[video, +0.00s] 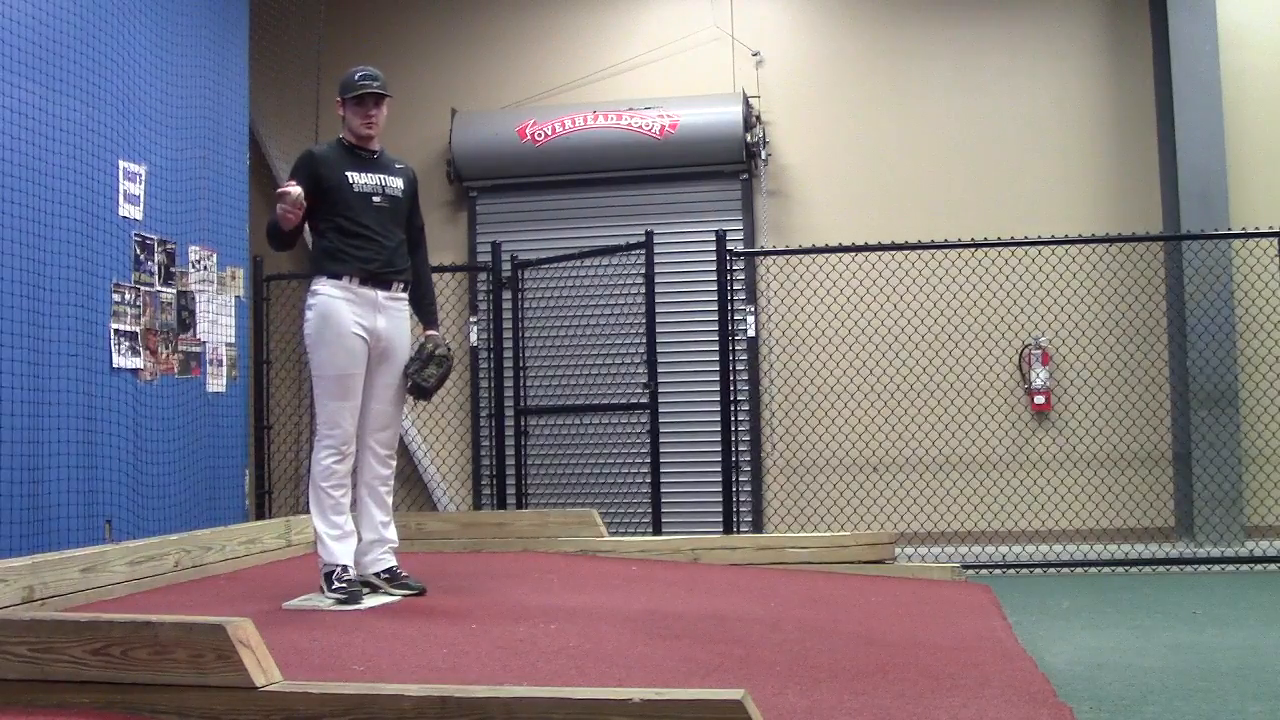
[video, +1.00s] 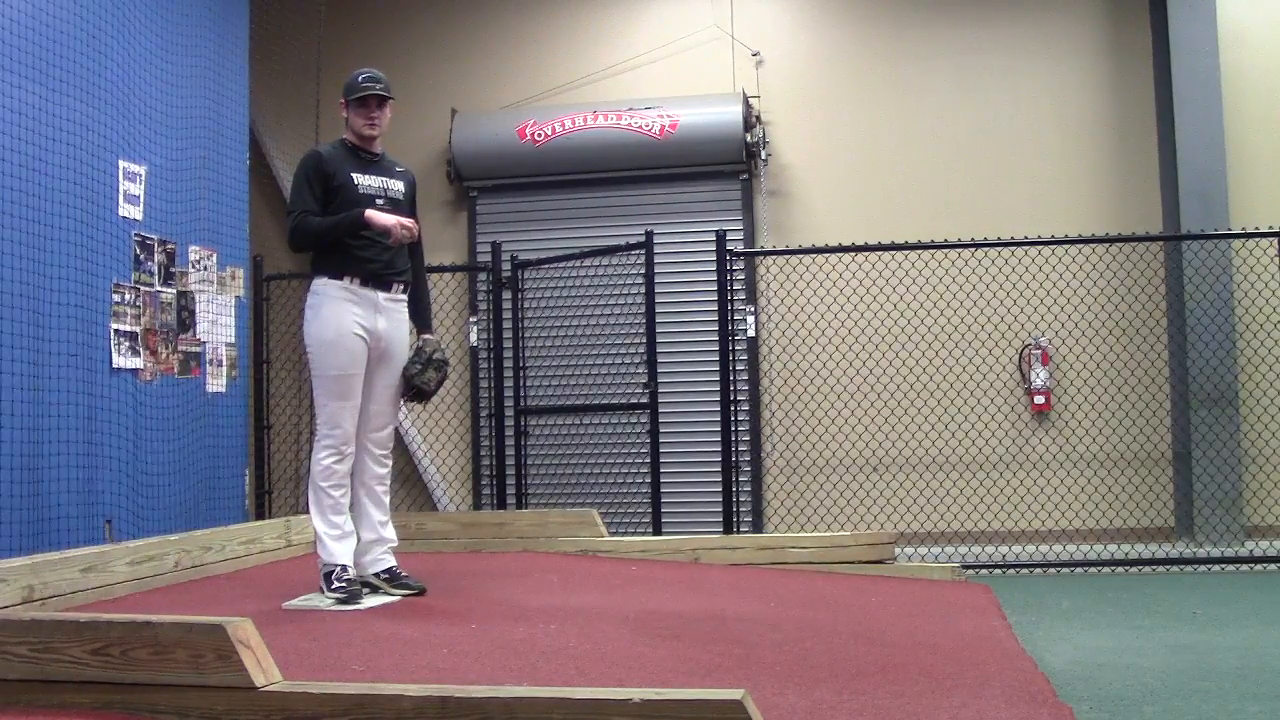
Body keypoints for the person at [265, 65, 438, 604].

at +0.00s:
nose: (370, 112)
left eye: (377, 103)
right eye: (361, 103)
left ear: (388, 109)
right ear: (341, 108)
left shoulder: (402, 174)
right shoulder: (316, 162)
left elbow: (417, 254)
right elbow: (280, 241)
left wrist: (430, 323)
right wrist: (285, 219)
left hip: (395, 308)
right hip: (338, 303)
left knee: (381, 443)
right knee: (337, 440)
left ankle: (377, 561)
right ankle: (337, 564)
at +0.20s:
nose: (374, 112)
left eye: (380, 103)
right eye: (364, 103)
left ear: (390, 110)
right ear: (344, 109)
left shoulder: (403, 175)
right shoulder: (317, 162)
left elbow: (417, 255)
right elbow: (287, 234)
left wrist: (428, 323)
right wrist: (311, 219)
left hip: (395, 308)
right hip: (337, 303)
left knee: (381, 441)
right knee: (338, 438)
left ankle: (378, 561)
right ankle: (337, 564)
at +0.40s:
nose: (373, 112)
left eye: (380, 104)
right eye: (363, 104)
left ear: (390, 110)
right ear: (344, 109)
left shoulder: (403, 176)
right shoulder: (320, 161)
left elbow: (416, 256)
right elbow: (294, 228)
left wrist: (426, 325)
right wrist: (364, 218)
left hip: (395, 308)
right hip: (338, 302)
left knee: (381, 441)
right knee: (338, 438)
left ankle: (377, 562)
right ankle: (337, 565)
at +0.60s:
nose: (373, 112)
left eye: (380, 104)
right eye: (363, 104)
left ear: (390, 110)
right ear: (344, 109)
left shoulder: (401, 177)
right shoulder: (320, 161)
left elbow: (414, 257)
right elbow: (300, 230)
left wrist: (424, 326)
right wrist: (372, 216)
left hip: (394, 308)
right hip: (338, 301)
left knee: (379, 440)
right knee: (338, 437)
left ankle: (376, 561)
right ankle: (336, 564)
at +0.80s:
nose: (373, 112)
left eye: (380, 104)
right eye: (363, 104)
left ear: (391, 111)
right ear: (344, 110)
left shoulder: (401, 177)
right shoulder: (320, 162)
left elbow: (413, 259)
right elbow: (298, 231)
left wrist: (422, 328)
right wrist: (367, 215)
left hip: (395, 308)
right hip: (338, 302)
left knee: (379, 441)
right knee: (338, 438)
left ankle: (376, 561)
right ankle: (336, 564)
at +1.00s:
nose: (373, 113)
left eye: (380, 104)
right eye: (363, 104)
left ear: (391, 111)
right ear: (345, 110)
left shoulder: (402, 177)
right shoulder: (320, 163)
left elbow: (415, 259)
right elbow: (299, 232)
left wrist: (423, 330)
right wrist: (366, 216)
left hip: (395, 310)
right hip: (338, 303)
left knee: (378, 440)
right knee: (337, 438)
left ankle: (376, 561)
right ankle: (335, 564)